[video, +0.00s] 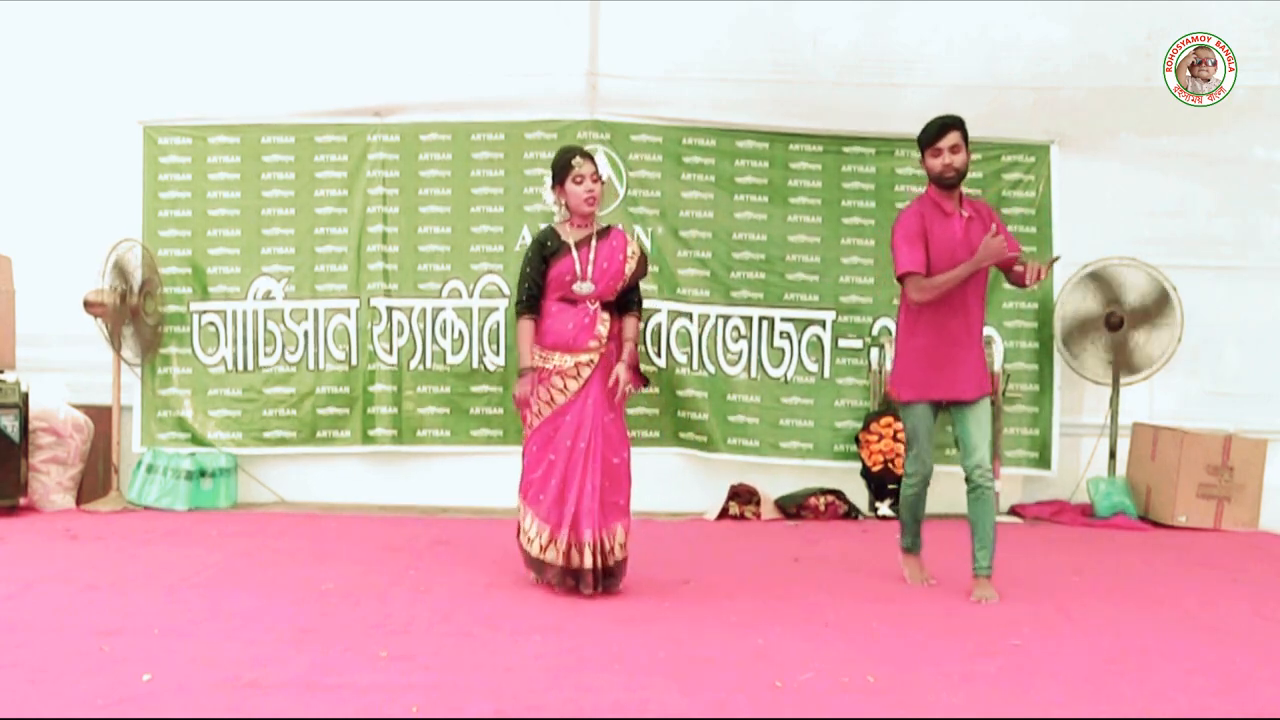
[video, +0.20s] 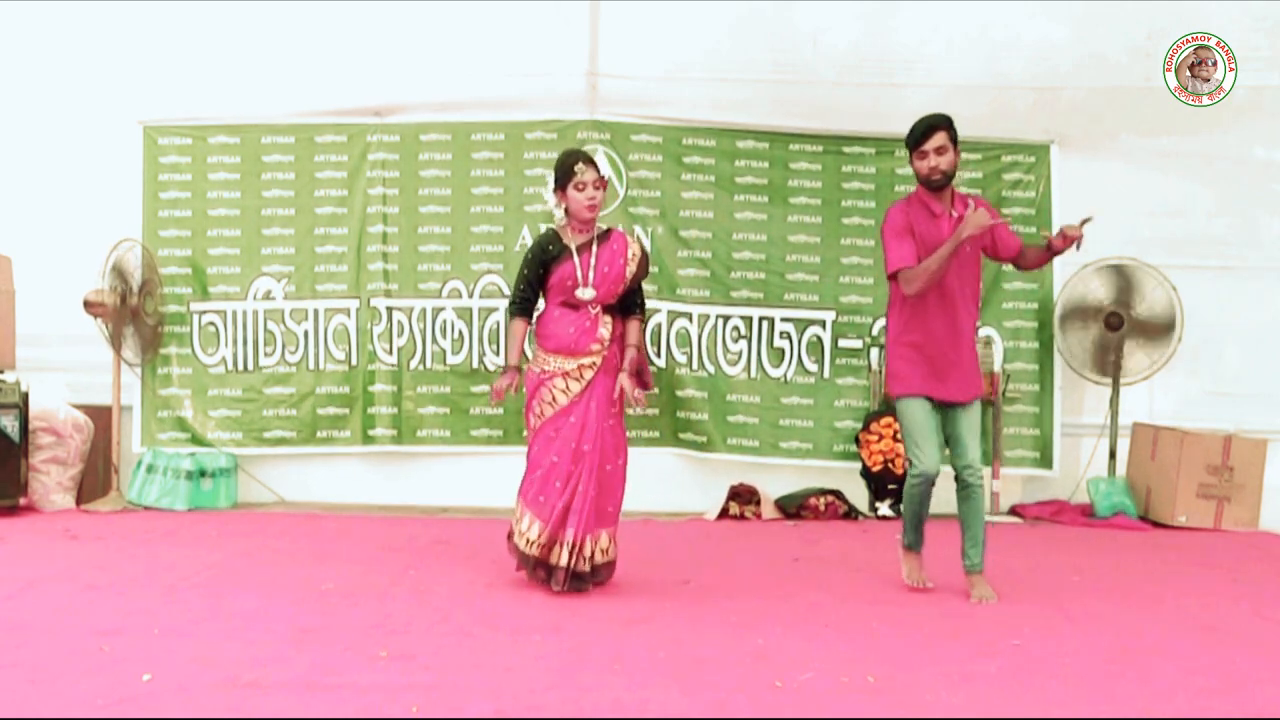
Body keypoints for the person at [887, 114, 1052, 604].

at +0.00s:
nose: (949, 158)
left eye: (956, 149)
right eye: (938, 152)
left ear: (969, 155)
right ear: (924, 160)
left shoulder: (982, 213)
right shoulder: (911, 219)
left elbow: (1013, 268)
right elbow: (917, 291)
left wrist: (1026, 274)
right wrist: (981, 261)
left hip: (968, 360)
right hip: (918, 362)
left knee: (979, 471)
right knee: (919, 469)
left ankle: (982, 575)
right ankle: (911, 552)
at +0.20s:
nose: (934, 161)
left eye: (942, 151)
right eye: (923, 154)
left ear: (958, 155)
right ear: (911, 161)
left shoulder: (976, 211)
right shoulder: (900, 216)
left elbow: (1022, 257)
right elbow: (910, 284)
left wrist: (1054, 244)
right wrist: (961, 234)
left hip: (960, 360)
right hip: (909, 361)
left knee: (970, 469)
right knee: (926, 465)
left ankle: (975, 573)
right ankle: (911, 549)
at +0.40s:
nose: (913, 156)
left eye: (923, 147)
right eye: (904, 148)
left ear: (937, 151)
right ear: (890, 152)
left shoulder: (951, 203)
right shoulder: (875, 214)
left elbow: (1005, 247)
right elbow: (898, 281)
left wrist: (1040, 229)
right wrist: (953, 233)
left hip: (933, 356)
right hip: (884, 356)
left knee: (929, 462)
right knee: (898, 465)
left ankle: (930, 572)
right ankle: (905, 558)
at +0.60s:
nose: (887, 176)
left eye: (897, 167)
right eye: (879, 166)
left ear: (913, 171)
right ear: (865, 167)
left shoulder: (922, 226)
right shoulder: (845, 232)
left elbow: (964, 293)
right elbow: (846, 311)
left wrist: (977, 267)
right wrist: (900, 268)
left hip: (909, 373)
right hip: (856, 374)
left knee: (910, 477)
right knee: (863, 486)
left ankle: (908, 589)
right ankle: (878, 550)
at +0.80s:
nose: (841, 163)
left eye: (852, 155)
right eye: (833, 153)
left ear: (869, 157)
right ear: (821, 152)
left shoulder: (881, 205)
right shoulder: (800, 210)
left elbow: (931, 267)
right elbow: (803, 285)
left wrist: (946, 245)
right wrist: (860, 246)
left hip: (863, 356)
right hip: (812, 357)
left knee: (861, 460)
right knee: (826, 467)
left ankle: (862, 573)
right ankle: (849, 569)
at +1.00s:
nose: (790, 176)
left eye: (801, 167)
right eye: (782, 165)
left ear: (817, 170)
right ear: (770, 164)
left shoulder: (832, 221)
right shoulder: (748, 228)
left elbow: (876, 288)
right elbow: (743, 313)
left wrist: (898, 290)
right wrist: (806, 288)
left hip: (814, 373)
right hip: (761, 373)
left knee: (808, 476)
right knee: (768, 482)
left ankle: (813, 589)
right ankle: (816, 555)